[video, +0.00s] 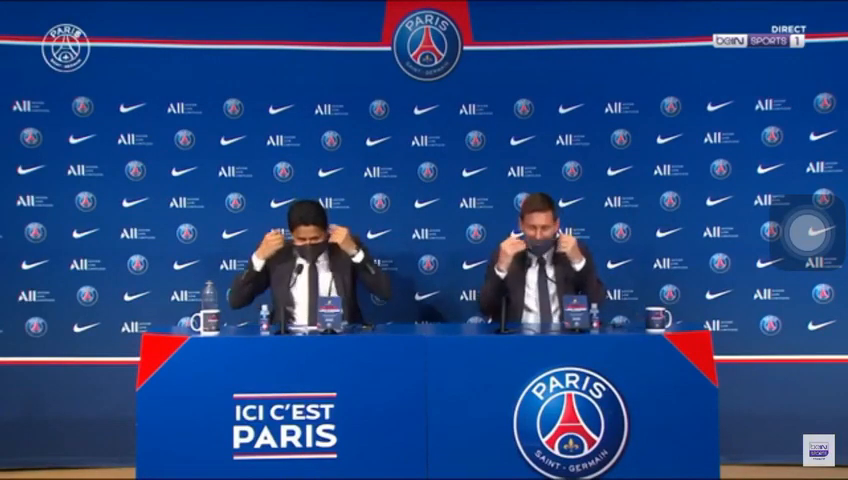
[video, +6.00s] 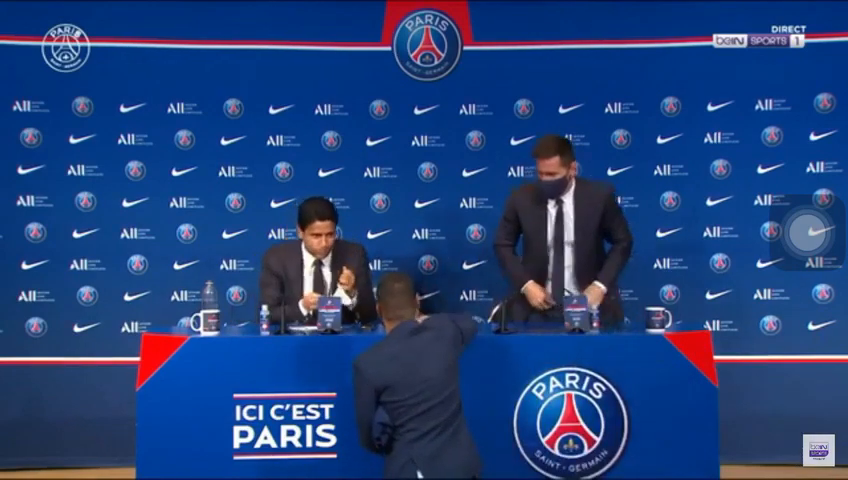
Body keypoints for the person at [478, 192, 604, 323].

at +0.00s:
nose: (538, 236)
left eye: (545, 228)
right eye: (532, 228)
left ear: (556, 225)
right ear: (522, 225)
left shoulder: (574, 252)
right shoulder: (507, 254)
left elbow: (598, 301)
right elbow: (487, 309)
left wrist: (578, 261)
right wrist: (502, 267)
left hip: (566, 341)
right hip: (518, 342)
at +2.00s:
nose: (535, 229)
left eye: (542, 222)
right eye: (529, 221)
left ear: (555, 223)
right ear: (520, 223)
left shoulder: (578, 256)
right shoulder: (503, 259)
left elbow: (598, 304)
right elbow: (489, 314)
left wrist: (573, 279)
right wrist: (508, 283)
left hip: (566, 341)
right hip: (518, 342)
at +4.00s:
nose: (532, 231)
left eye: (539, 225)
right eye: (526, 225)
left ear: (551, 225)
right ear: (516, 225)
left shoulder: (573, 253)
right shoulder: (506, 255)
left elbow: (591, 296)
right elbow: (480, 301)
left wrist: (566, 259)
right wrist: (500, 258)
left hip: (561, 340)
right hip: (516, 341)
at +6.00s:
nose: (544, 181)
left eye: (552, 174)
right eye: (540, 174)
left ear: (572, 170)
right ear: (536, 170)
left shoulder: (599, 196)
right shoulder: (522, 198)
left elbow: (623, 242)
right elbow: (503, 245)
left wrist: (600, 286)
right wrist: (527, 285)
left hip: (588, 310)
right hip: (539, 311)